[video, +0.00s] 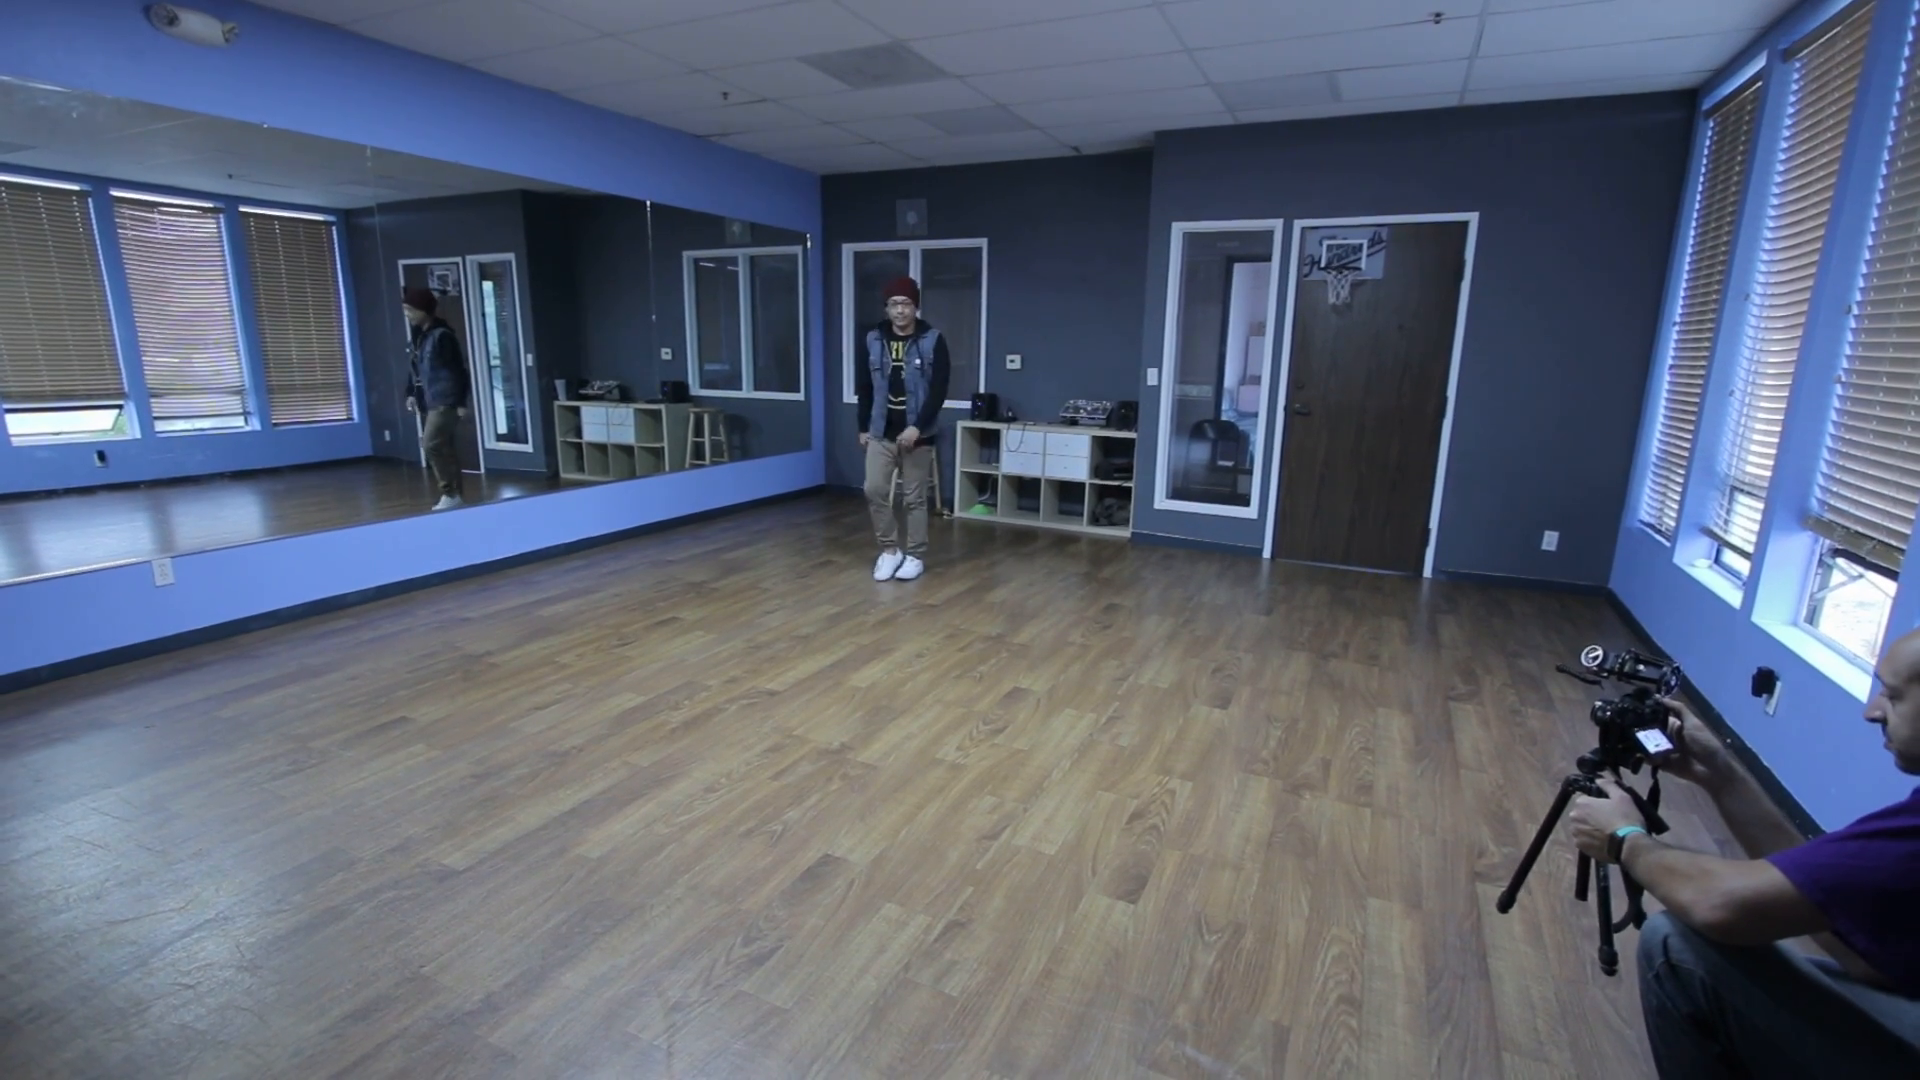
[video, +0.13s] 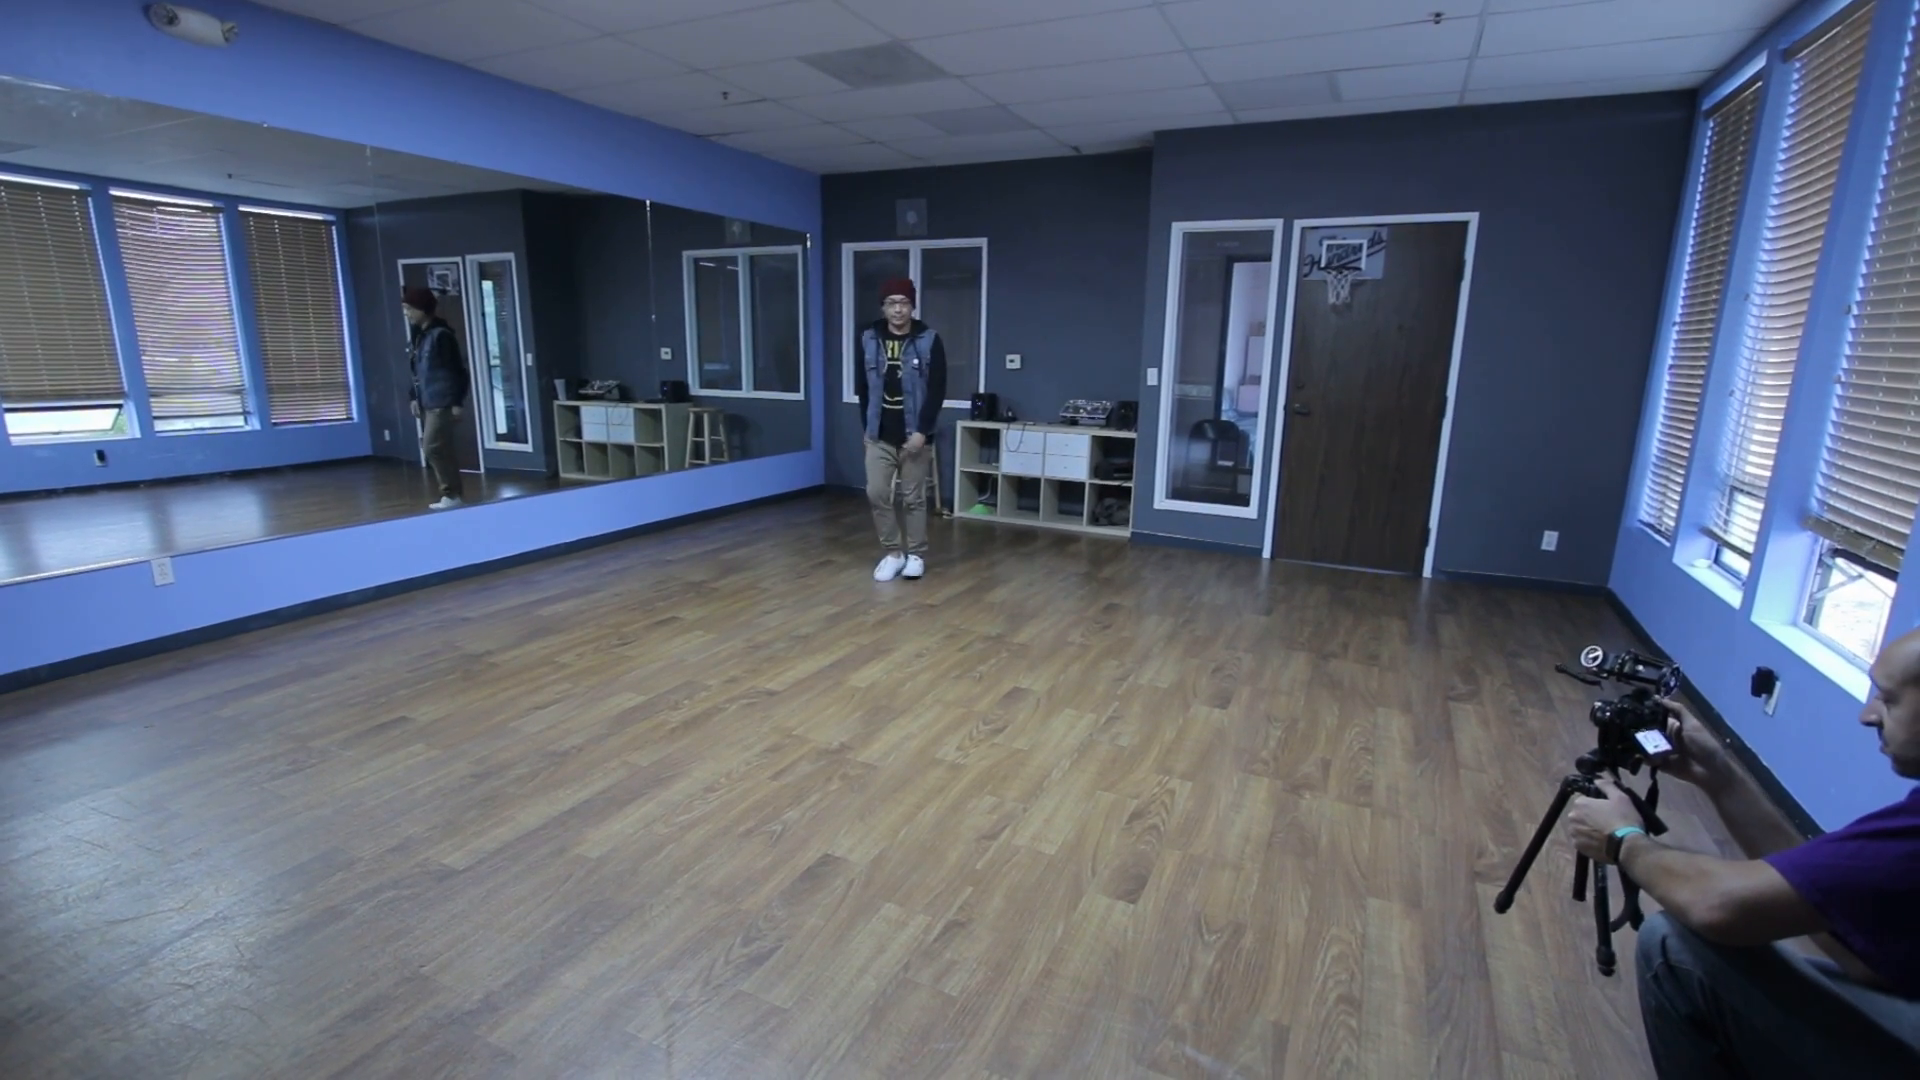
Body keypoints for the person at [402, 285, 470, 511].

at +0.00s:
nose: (406, 314)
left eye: (410, 309)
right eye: (406, 309)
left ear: (423, 310)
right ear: (416, 311)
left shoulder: (443, 335)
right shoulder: (419, 336)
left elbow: (457, 370)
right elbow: (417, 370)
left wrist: (461, 401)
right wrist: (412, 394)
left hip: (446, 400)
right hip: (430, 400)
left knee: (432, 444)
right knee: (443, 446)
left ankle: (450, 492)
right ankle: (453, 491)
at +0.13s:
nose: (406, 313)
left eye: (410, 308)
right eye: (405, 308)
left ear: (423, 309)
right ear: (416, 311)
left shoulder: (442, 334)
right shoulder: (418, 336)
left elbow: (458, 370)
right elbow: (419, 373)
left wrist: (458, 401)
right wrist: (414, 397)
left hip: (443, 401)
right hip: (428, 401)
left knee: (432, 446)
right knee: (439, 447)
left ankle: (451, 493)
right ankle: (450, 492)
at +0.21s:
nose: (406, 314)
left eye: (409, 309)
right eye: (405, 309)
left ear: (423, 310)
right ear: (415, 311)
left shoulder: (442, 336)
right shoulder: (418, 337)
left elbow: (456, 372)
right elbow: (419, 376)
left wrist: (455, 404)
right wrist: (417, 402)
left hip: (441, 404)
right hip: (427, 404)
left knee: (435, 449)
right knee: (433, 450)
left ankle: (452, 494)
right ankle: (449, 493)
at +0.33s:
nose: (406, 314)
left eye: (410, 310)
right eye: (406, 310)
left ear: (423, 312)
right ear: (417, 313)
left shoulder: (441, 340)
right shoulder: (419, 340)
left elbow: (448, 376)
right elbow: (419, 378)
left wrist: (447, 407)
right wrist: (417, 405)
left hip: (439, 407)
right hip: (425, 407)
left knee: (436, 452)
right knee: (433, 453)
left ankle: (453, 495)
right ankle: (450, 494)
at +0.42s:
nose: (406, 313)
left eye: (410, 309)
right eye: (406, 309)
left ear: (423, 311)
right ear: (420, 312)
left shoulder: (436, 339)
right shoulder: (423, 339)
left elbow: (440, 376)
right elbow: (426, 377)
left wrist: (440, 407)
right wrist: (422, 407)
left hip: (438, 406)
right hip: (427, 406)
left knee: (439, 452)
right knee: (434, 452)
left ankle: (452, 495)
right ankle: (446, 492)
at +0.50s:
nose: (407, 313)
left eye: (410, 309)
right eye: (406, 309)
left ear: (423, 312)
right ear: (423, 312)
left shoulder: (432, 340)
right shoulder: (426, 337)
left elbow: (433, 376)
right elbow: (428, 375)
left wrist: (432, 406)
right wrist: (425, 404)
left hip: (439, 406)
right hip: (433, 404)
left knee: (439, 452)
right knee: (433, 451)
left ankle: (453, 497)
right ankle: (438, 491)